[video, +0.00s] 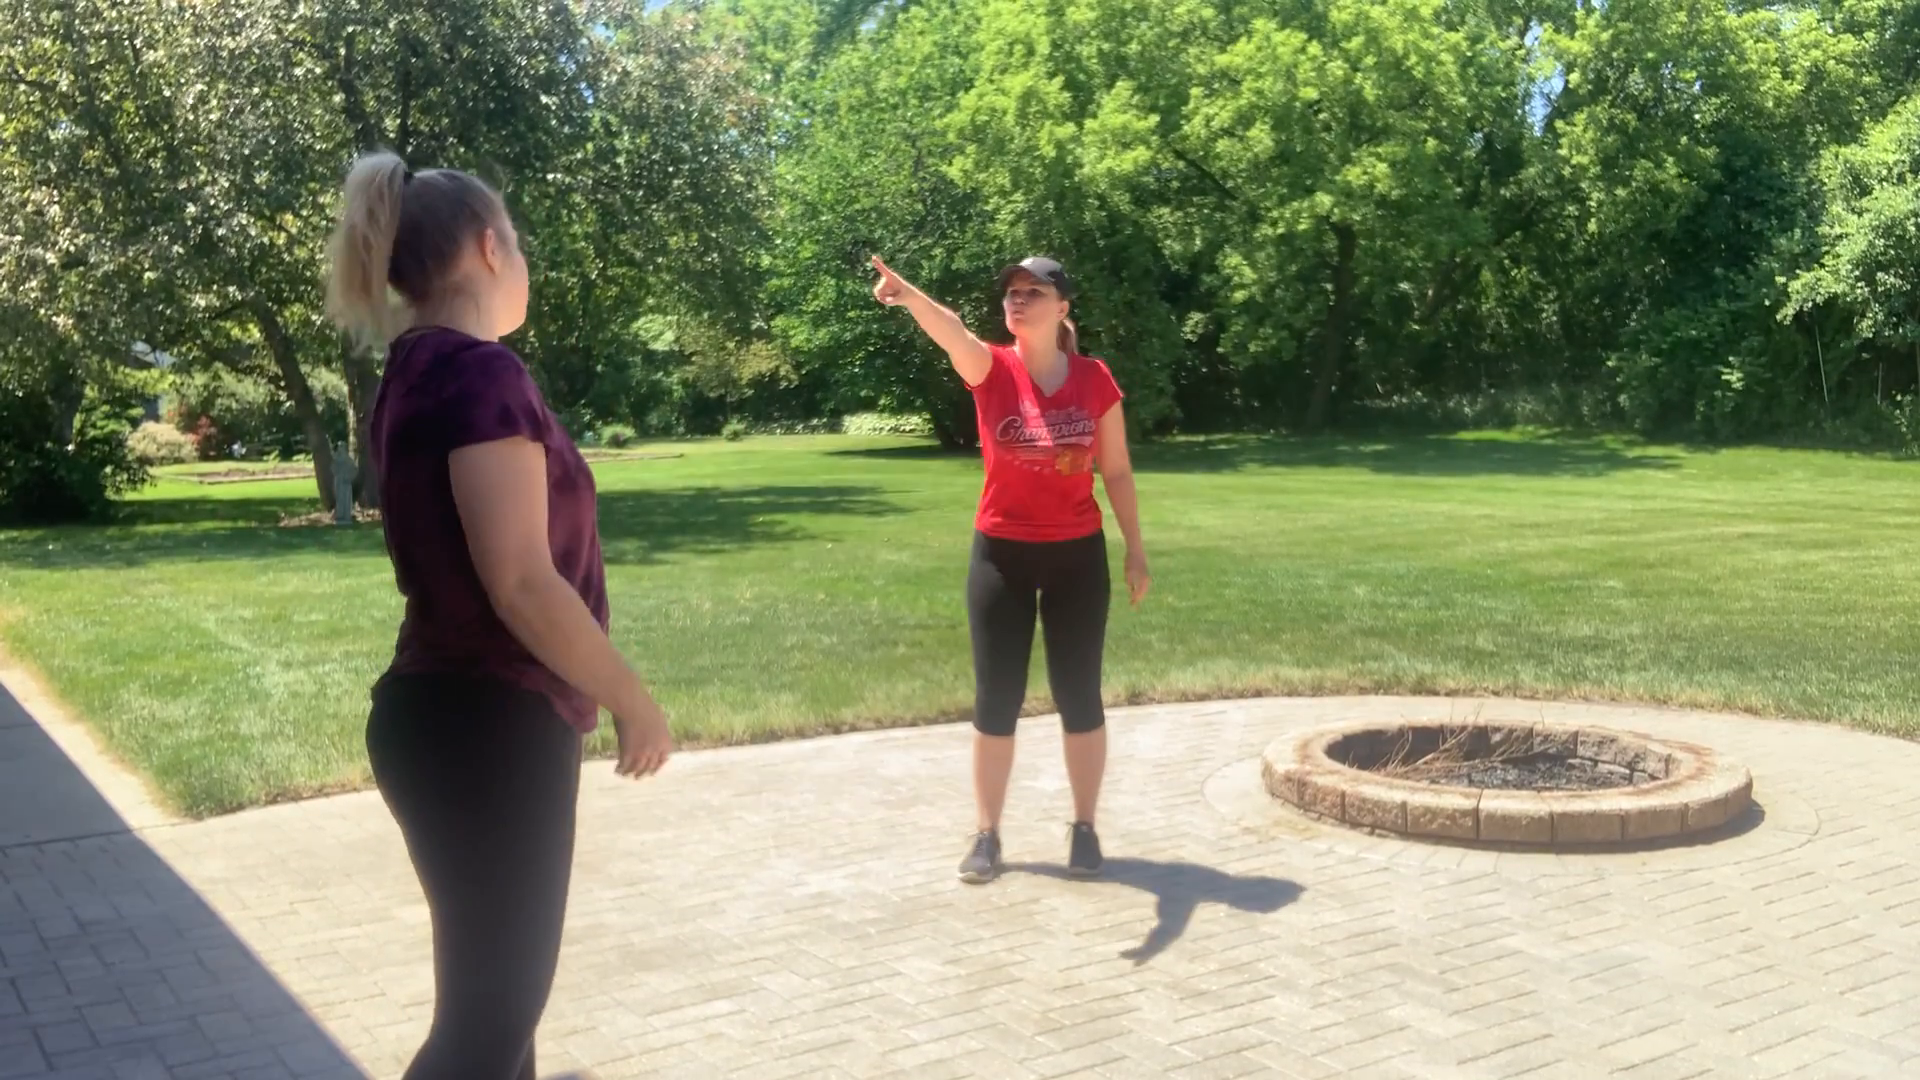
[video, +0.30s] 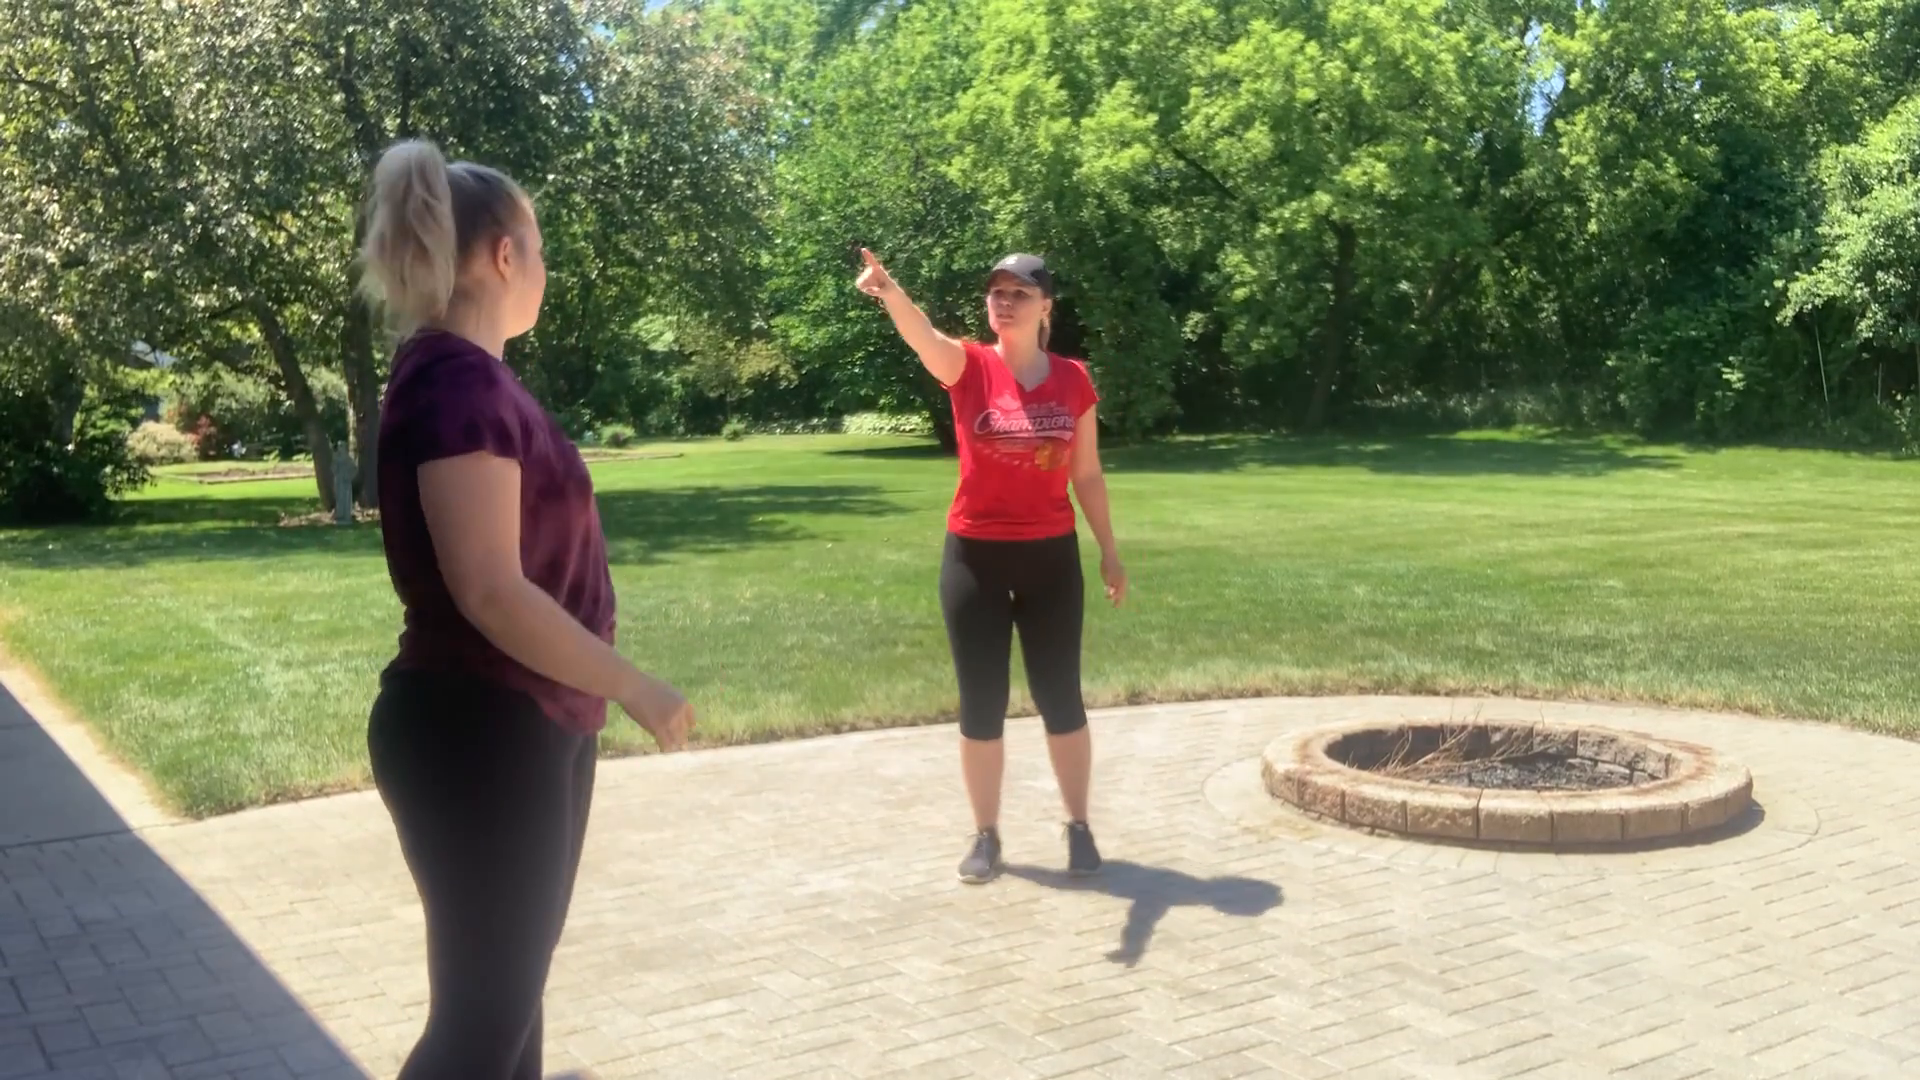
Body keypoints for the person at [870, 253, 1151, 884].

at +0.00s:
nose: (1017, 303)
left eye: (1032, 294)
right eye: (1011, 295)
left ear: (1063, 306)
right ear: (1003, 308)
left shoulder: (1094, 379)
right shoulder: (992, 367)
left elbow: (1117, 470)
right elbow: (954, 335)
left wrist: (1134, 546)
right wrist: (911, 296)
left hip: (1077, 554)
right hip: (1000, 554)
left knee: (1079, 696)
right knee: (996, 698)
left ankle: (1085, 827)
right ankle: (986, 834)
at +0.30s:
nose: (1003, 303)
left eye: (1017, 294)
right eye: (995, 294)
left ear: (1046, 306)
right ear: (985, 305)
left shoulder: (1071, 379)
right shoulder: (969, 365)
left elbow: (1087, 473)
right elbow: (925, 338)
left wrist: (1108, 549)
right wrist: (890, 293)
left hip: (1051, 555)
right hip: (974, 556)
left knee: (1060, 697)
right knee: (980, 703)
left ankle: (1079, 827)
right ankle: (985, 835)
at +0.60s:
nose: (1007, 309)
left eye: (1021, 300)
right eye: (1000, 299)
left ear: (1050, 309)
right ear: (990, 307)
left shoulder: (1076, 384)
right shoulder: (965, 371)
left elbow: (1091, 478)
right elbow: (884, 403)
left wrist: (1104, 558)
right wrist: (893, 367)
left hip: (1052, 560)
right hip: (975, 560)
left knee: (1060, 702)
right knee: (979, 704)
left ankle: (1064, 823)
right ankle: (985, 834)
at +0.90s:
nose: (1012, 332)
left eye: (1027, 324)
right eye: (1005, 322)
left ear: (1055, 338)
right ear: (993, 334)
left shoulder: (1081, 411)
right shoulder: (967, 405)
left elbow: (1098, 508)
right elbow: (953, 494)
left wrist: (1078, 581)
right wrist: (940, 571)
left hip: (1049, 581)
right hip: (969, 578)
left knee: (1063, 722)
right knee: (963, 711)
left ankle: (1067, 812)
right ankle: (976, 846)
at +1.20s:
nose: (931, 344)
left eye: (945, 336)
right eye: (921, 334)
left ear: (970, 352)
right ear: (905, 351)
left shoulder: (993, 409)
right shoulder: (877, 423)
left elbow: (1054, 452)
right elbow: (801, 483)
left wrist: (966, 413)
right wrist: (809, 437)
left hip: (1000, 603)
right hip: (917, 604)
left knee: (1020, 742)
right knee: (903, 750)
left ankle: (1062, 793)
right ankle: (919, 889)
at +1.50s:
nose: (835, 314)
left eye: (852, 301)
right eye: (823, 301)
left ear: (887, 310)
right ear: (811, 310)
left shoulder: (918, 385)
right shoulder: (787, 388)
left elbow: (1001, 438)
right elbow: (686, 455)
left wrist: (910, 442)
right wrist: (705, 420)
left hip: (911, 609)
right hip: (819, 613)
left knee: (866, 776)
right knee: (854, 772)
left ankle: (845, 972)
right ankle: (903, 867)